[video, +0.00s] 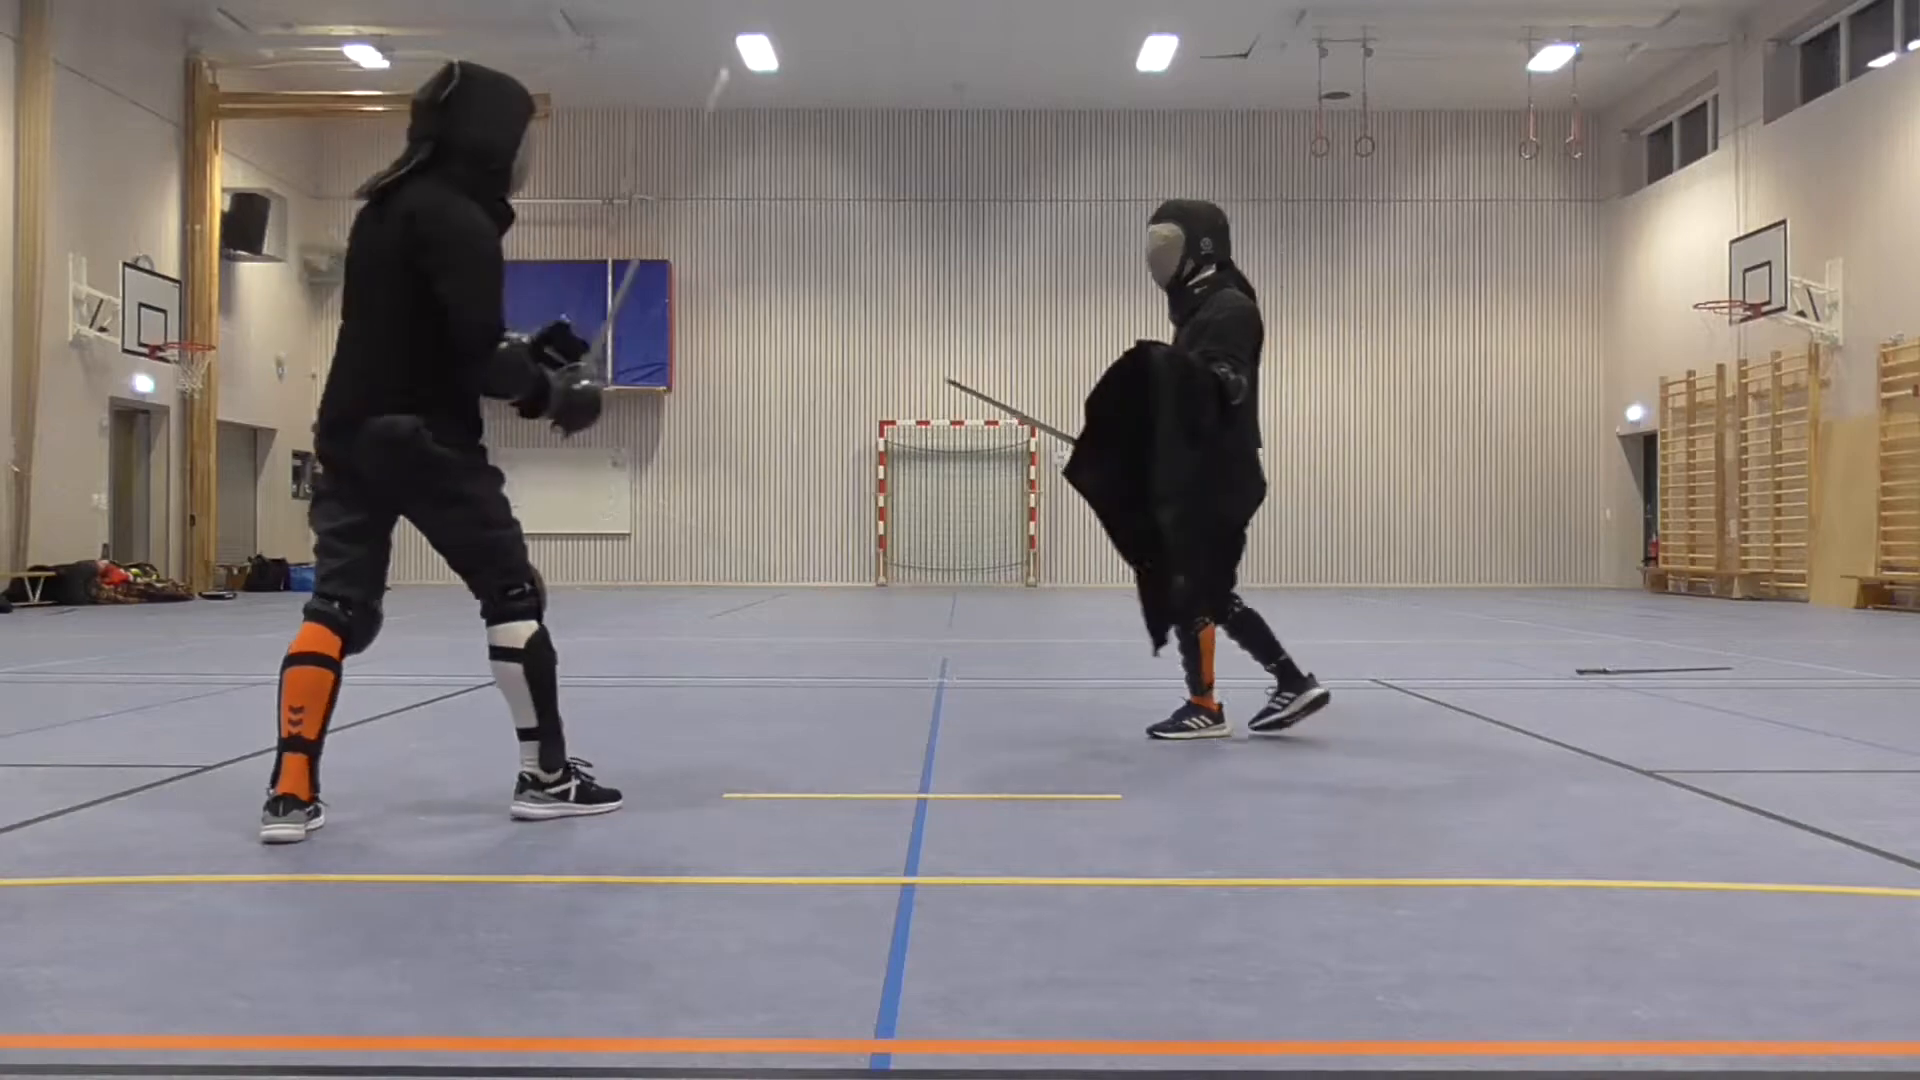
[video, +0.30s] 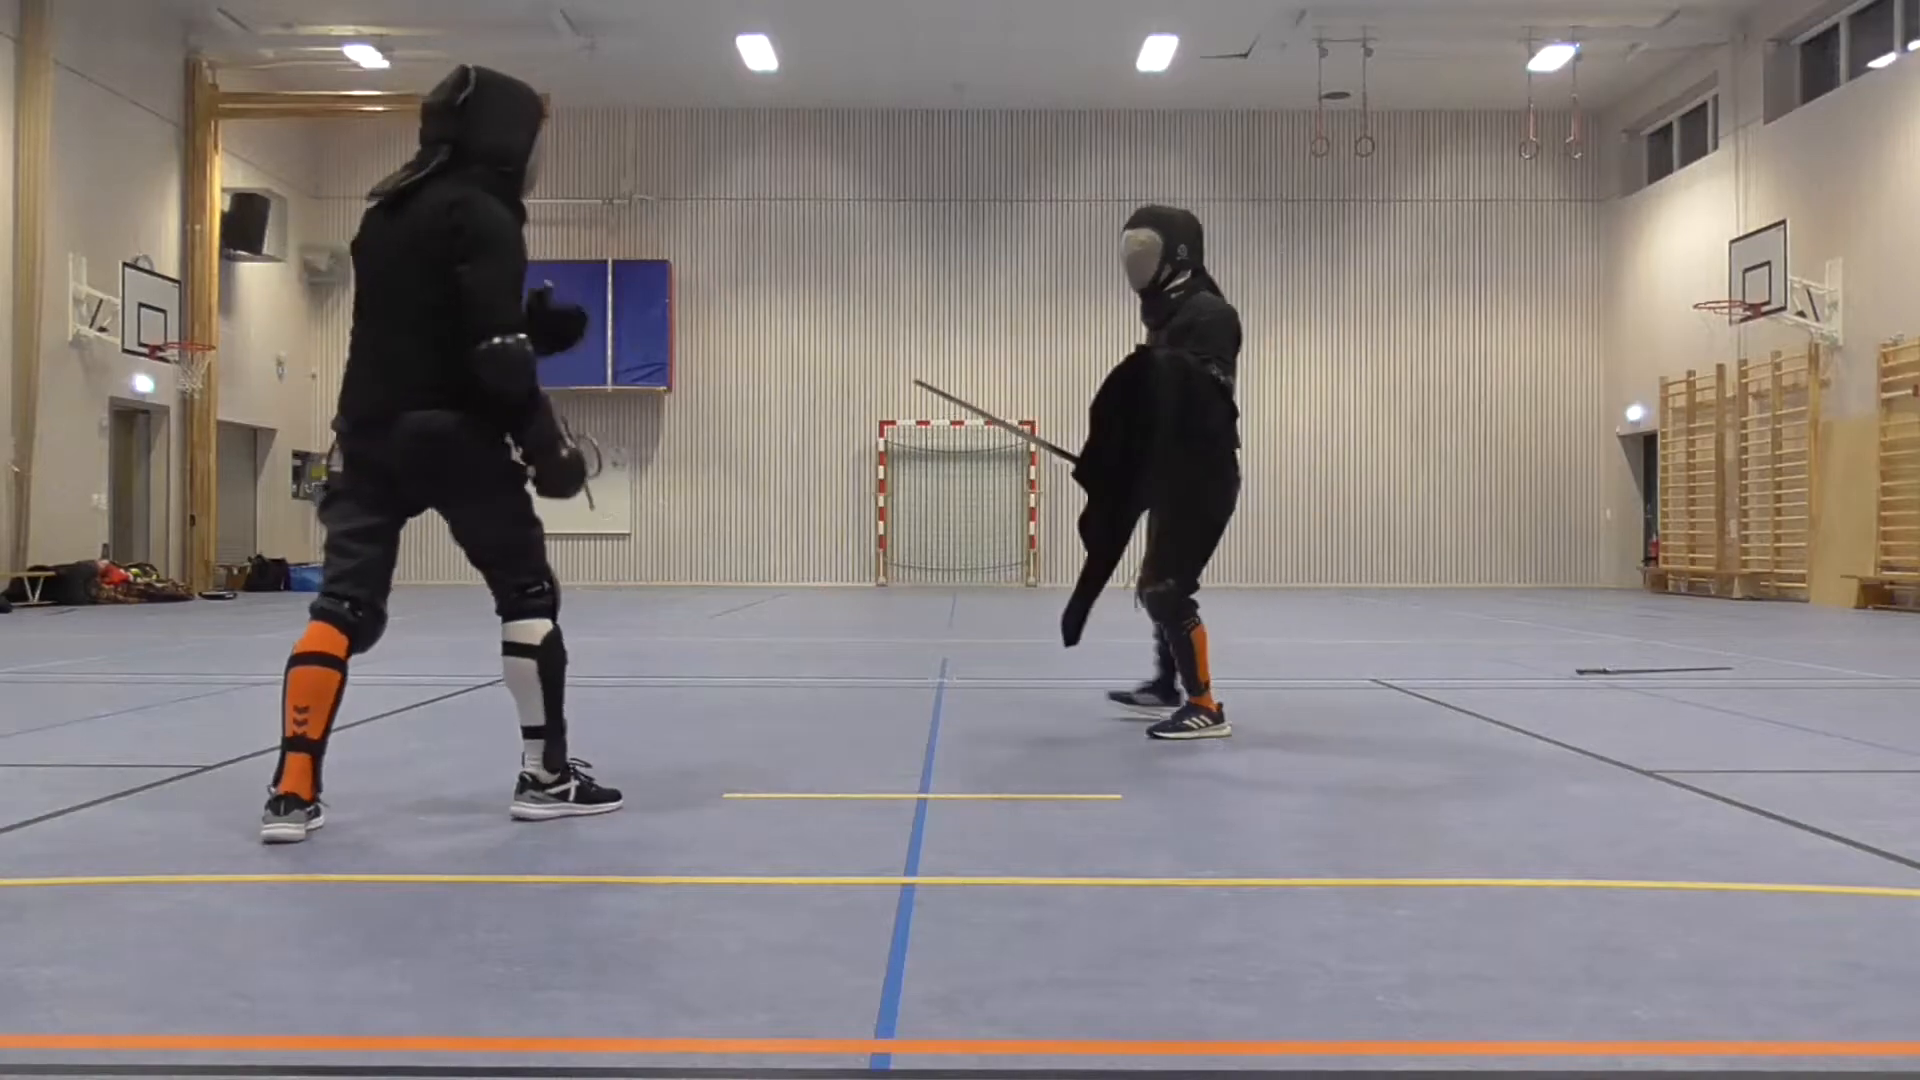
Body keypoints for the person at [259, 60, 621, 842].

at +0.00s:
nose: (520, 157)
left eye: (522, 140)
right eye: (515, 139)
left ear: (446, 127)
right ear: (485, 136)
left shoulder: (384, 205)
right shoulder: (460, 221)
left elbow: (415, 336)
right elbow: (477, 355)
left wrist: (517, 350)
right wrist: (544, 390)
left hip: (347, 433)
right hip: (428, 436)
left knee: (337, 605)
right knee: (509, 589)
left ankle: (290, 791)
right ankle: (545, 768)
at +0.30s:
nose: (530, 154)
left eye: (531, 138)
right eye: (525, 138)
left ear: (453, 129)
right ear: (497, 136)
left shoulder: (391, 207)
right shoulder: (484, 216)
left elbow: (417, 332)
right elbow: (499, 353)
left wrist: (522, 326)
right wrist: (546, 446)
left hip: (368, 432)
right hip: (459, 435)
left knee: (344, 603)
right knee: (526, 592)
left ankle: (294, 786)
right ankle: (546, 767)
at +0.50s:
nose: (507, 145)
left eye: (507, 131)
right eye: (502, 131)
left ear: (417, 124)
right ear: (481, 129)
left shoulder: (362, 206)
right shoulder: (495, 213)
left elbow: (339, 314)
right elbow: (531, 343)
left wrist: (395, 367)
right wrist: (556, 442)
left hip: (371, 430)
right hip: (475, 430)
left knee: (345, 594)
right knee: (523, 590)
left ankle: (310, 785)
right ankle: (545, 767)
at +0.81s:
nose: (456, 144)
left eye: (453, 131)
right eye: (452, 131)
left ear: (364, 128)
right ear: (431, 130)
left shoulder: (308, 214)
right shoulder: (451, 212)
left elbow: (257, 335)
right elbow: (507, 339)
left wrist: (324, 379)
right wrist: (540, 437)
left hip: (341, 439)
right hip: (446, 434)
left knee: (327, 601)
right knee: (517, 575)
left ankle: (308, 790)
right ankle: (547, 752)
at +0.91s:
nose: (453, 144)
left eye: (449, 130)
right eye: (448, 131)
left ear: (360, 128)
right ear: (429, 130)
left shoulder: (305, 214)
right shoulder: (446, 212)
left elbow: (252, 335)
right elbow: (503, 339)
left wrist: (316, 389)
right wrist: (535, 432)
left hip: (338, 437)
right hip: (442, 433)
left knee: (326, 601)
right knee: (512, 574)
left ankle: (309, 789)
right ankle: (546, 752)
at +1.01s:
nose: (458, 147)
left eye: (455, 133)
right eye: (453, 134)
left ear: (365, 129)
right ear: (431, 132)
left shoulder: (309, 219)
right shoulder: (449, 215)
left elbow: (264, 342)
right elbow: (502, 341)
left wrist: (324, 389)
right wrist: (537, 432)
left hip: (339, 441)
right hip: (440, 438)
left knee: (328, 602)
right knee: (508, 586)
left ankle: (308, 789)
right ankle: (545, 755)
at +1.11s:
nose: (467, 149)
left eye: (464, 136)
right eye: (463, 136)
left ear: (373, 132)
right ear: (443, 134)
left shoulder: (319, 220)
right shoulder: (457, 217)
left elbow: (289, 358)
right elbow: (514, 342)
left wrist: (361, 382)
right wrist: (548, 430)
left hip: (349, 444)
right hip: (451, 441)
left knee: (333, 602)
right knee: (512, 588)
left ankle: (309, 790)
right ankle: (544, 759)